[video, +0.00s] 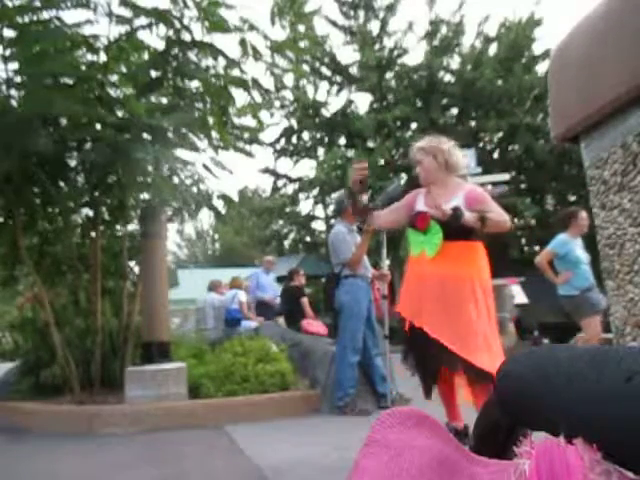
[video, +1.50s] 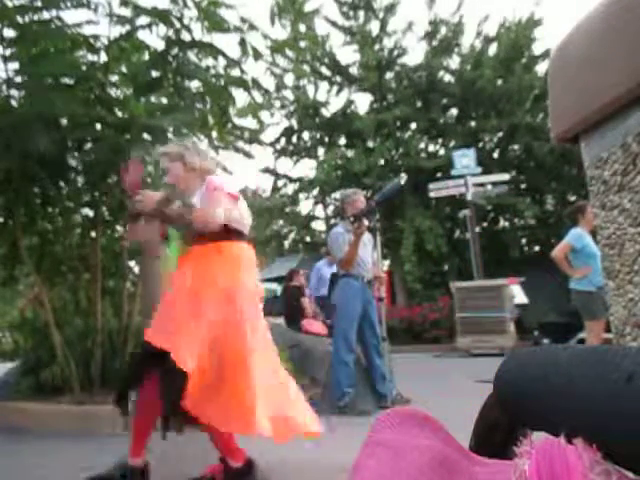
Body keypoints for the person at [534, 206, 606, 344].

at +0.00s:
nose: (587, 223)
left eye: (587, 219)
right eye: (583, 219)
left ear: (587, 222)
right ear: (573, 222)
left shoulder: (578, 240)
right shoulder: (562, 240)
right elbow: (540, 259)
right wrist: (555, 279)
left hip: (588, 288)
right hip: (574, 292)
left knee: (594, 333)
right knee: (593, 334)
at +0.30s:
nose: (592, 221)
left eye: (592, 217)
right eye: (589, 217)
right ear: (578, 220)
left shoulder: (581, 239)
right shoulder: (570, 238)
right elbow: (549, 257)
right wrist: (563, 276)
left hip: (592, 288)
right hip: (581, 290)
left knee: (596, 335)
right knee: (598, 335)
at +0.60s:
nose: (594, 217)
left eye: (593, 214)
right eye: (590, 214)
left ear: (583, 218)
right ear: (581, 217)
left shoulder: (582, 237)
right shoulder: (574, 235)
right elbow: (556, 254)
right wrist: (570, 273)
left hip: (594, 287)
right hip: (584, 289)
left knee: (596, 335)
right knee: (594, 335)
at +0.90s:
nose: (594, 217)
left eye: (593, 213)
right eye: (591, 214)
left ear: (584, 217)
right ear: (581, 217)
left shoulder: (585, 237)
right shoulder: (576, 234)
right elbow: (559, 253)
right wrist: (573, 272)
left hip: (595, 287)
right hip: (585, 288)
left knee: (597, 334)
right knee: (594, 334)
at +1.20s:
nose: (594, 217)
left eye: (593, 213)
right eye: (591, 213)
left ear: (584, 217)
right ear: (581, 216)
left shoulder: (585, 236)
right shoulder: (577, 234)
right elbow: (559, 253)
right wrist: (573, 272)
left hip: (595, 287)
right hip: (585, 288)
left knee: (597, 333)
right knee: (594, 334)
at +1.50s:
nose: (594, 216)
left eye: (593, 212)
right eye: (590, 213)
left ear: (584, 216)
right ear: (582, 216)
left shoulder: (586, 236)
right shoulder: (577, 234)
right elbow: (557, 253)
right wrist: (571, 272)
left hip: (594, 287)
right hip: (585, 288)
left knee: (597, 334)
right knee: (595, 335)